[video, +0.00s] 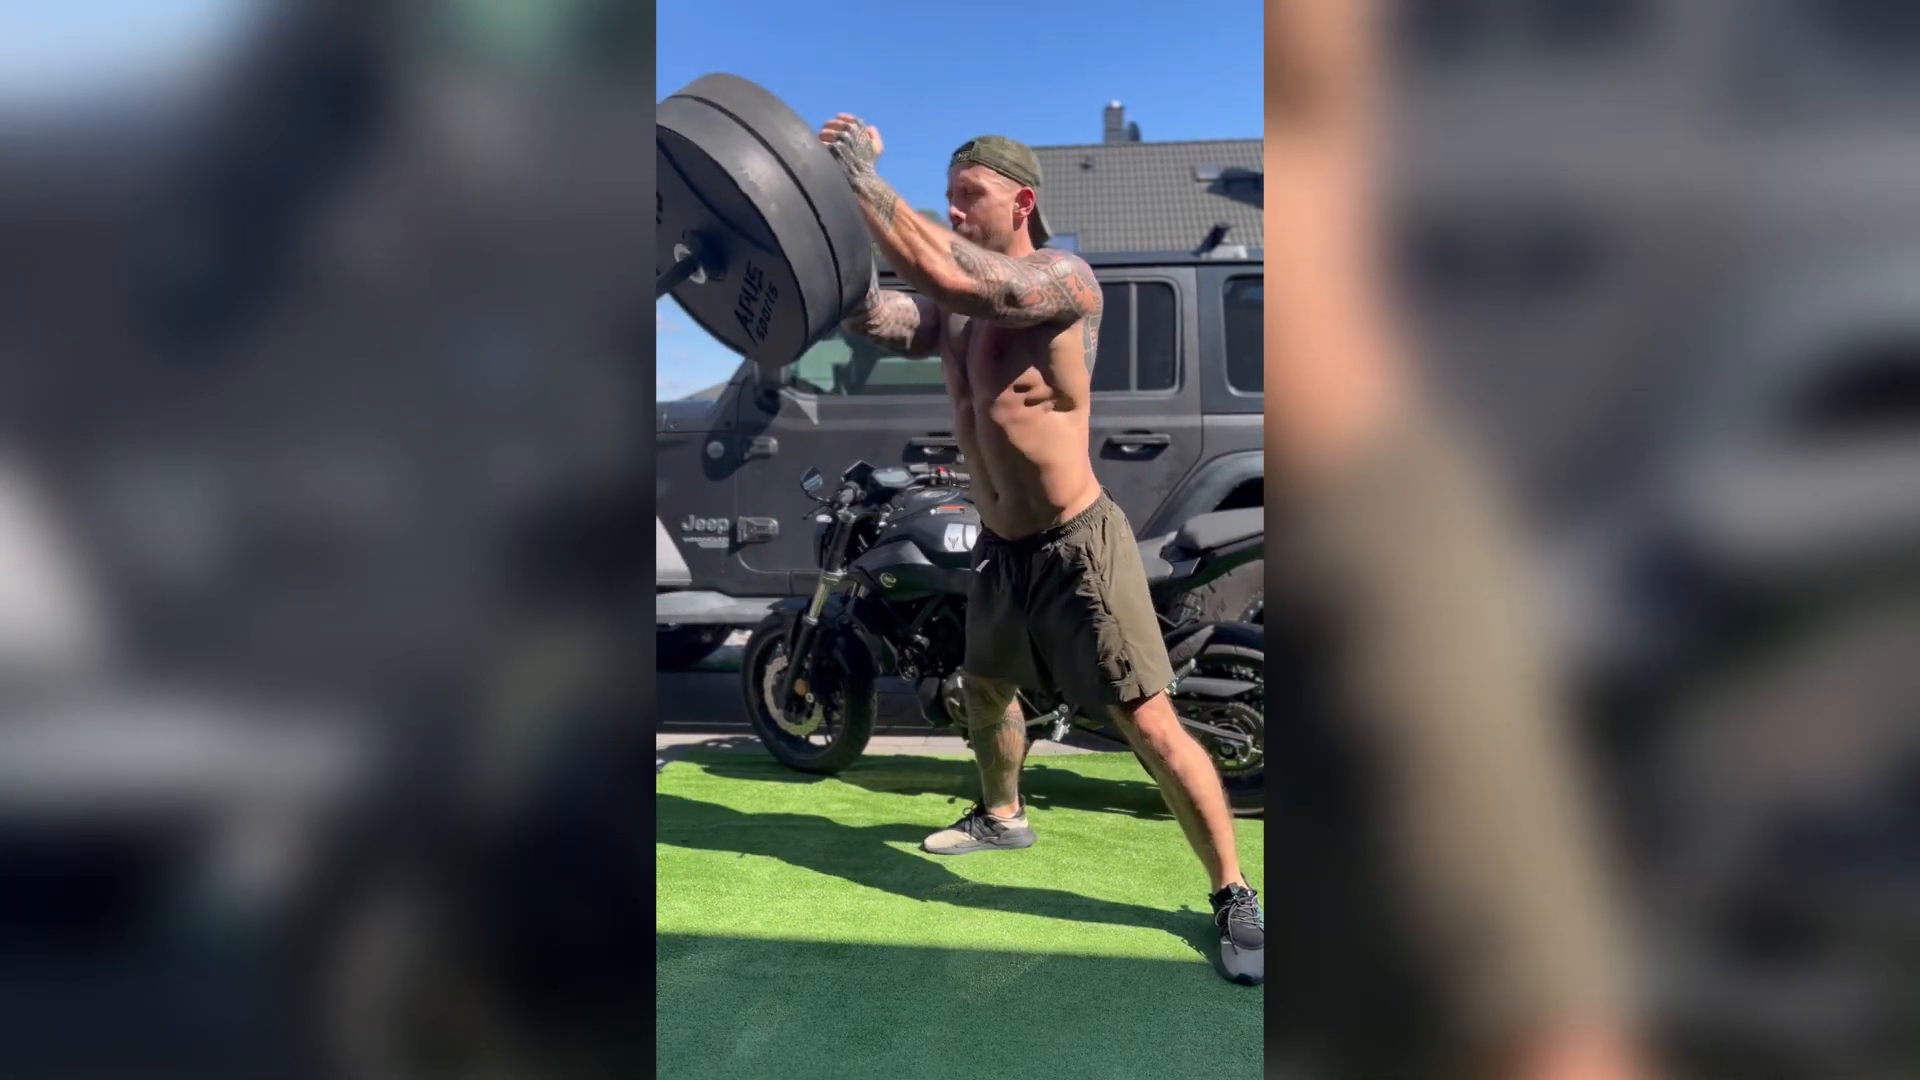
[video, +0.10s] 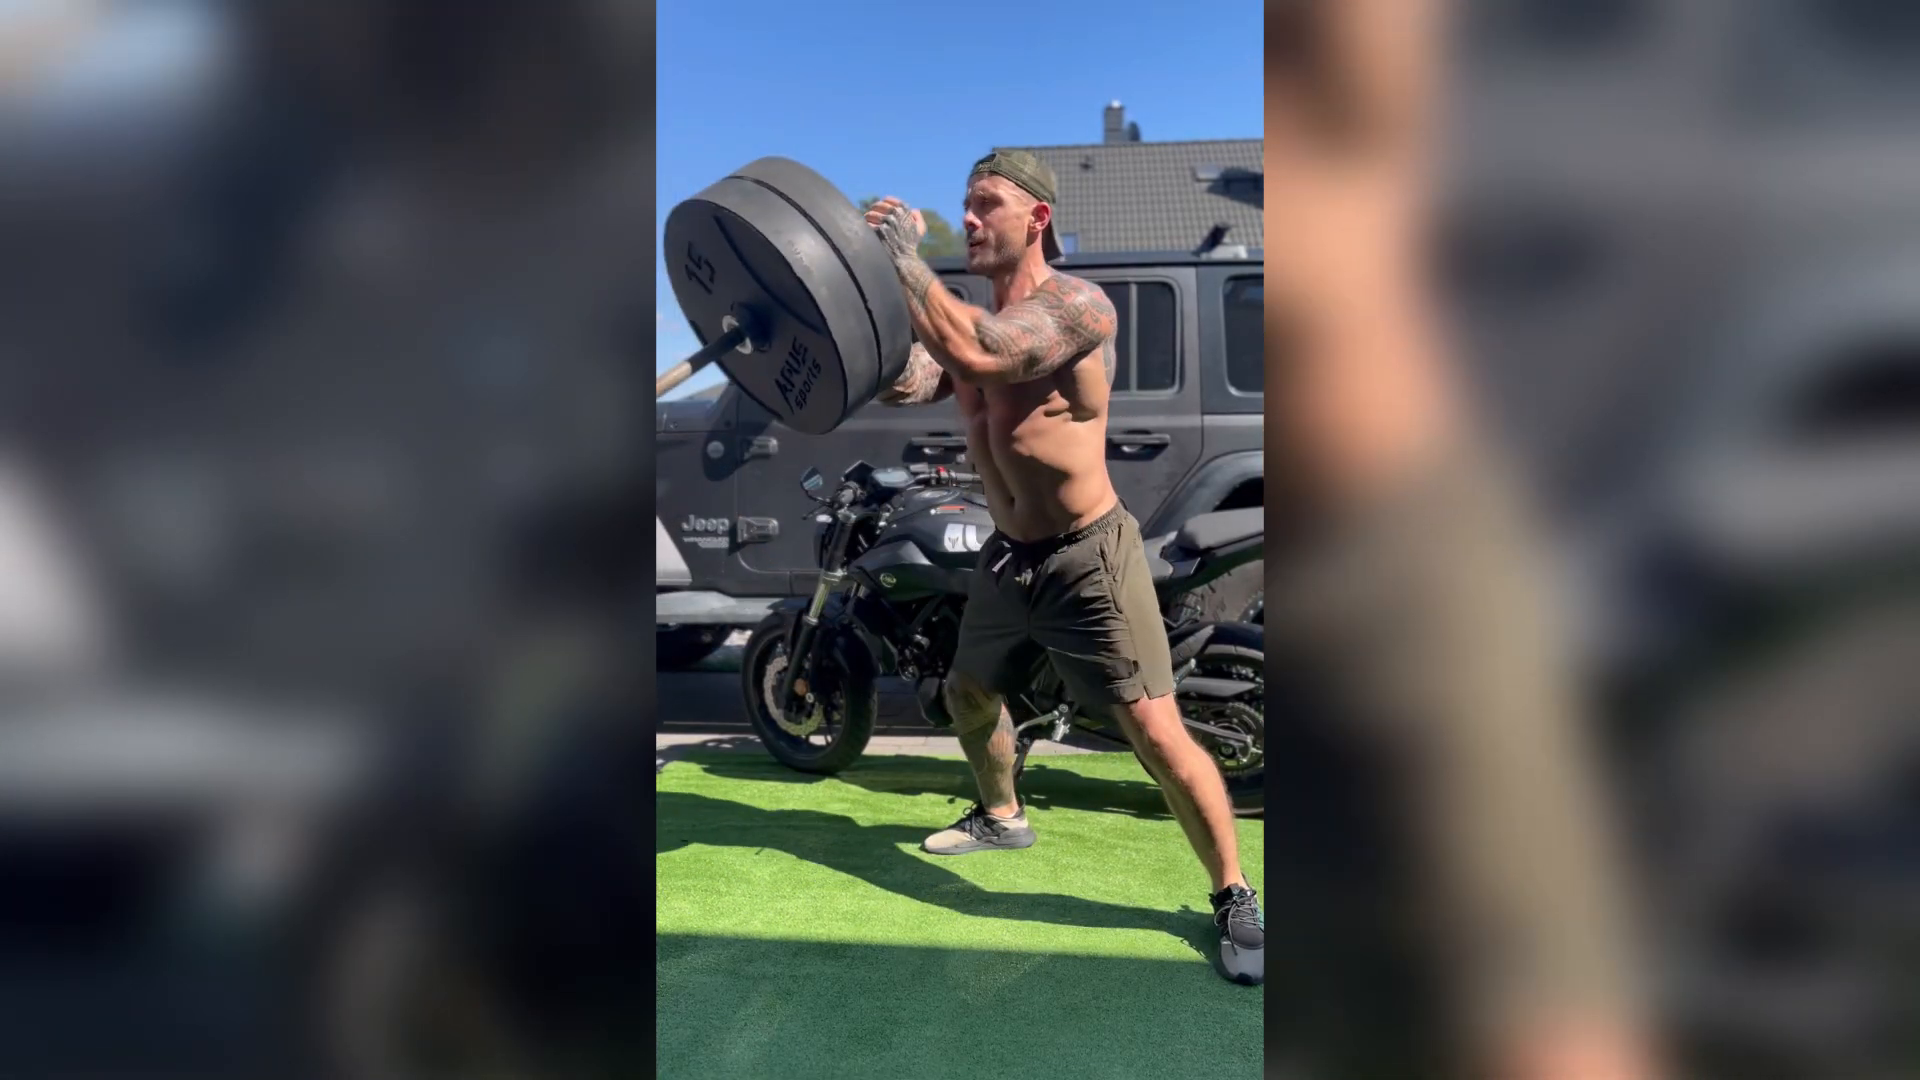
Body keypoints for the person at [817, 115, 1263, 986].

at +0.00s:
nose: (952, 212)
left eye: (968, 198)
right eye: (948, 199)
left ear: (1022, 204)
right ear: (954, 205)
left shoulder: (1067, 277)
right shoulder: (949, 297)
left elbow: (958, 277)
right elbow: (873, 317)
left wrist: (861, 178)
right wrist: (813, 236)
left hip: (1079, 541)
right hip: (1000, 549)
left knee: (1149, 724)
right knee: (988, 693)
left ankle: (1234, 893)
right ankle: (1001, 818)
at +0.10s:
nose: (969, 219)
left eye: (987, 206)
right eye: (966, 207)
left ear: (1038, 217)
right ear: (969, 225)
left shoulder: (1080, 303)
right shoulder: (964, 320)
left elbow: (982, 351)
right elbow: (905, 381)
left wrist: (907, 261)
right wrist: (851, 297)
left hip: (1092, 547)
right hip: (1007, 552)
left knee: (1152, 727)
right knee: (969, 697)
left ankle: (1234, 896)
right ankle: (1002, 817)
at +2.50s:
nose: (997, 417)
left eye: (1015, 406)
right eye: (995, 405)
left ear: (1062, 422)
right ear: (990, 414)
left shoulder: (1118, 505)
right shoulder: (998, 503)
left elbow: (1078, 637)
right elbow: (966, 588)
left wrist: (1017, 553)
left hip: (1153, 654)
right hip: (1059, 654)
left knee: (1166, 749)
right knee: (951, 697)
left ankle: (1236, 900)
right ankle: (999, 819)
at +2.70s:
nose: (991, 496)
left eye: (1008, 483)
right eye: (988, 482)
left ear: (1056, 492)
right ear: (983, 486)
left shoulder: (1120, 569)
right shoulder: (1003, 564)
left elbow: (1090, 706)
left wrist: (1030, 618)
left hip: (1162, 681)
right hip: (1078, 684)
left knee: (1168, 736)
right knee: (963, 699)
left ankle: (1236, 898)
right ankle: (1000, 819)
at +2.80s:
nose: (988, 499)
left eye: (1005, 486)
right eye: (985, 485)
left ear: (1052, 494)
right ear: (980, 488)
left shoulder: (1120, 569)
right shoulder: (1002, 564)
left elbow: (1096, 707)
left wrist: (1031, 621)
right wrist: (985, 596)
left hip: (1159, 679)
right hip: (1075, 683)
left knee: (1168, 737)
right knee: (961, 697)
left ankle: (1236, 898)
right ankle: (1000, 819)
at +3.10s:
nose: (983, 373)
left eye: (1002, 362)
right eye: (982, 362)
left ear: (1051, 380)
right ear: (981, 375)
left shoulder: (1110, 466)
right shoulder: (991, 458)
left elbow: (1061, 597)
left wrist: (1005, 503)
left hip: (1141, 620)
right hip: (1049, 619)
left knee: (1166, 744)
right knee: (945, 696)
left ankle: (1238, 899)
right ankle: (995, 814)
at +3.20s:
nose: (982, 308)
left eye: (1000, 298)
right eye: (981, 297)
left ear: (1049, 318)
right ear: (981, 314)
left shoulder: (1102, 407)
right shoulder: (986, 401)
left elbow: (1040, 527)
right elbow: (947, 482)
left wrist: (987, 437)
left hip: (1128, 595)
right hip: (1040, 594)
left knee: (1166, 742)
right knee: (945, 693)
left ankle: (1238, 899)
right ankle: (999, 816)